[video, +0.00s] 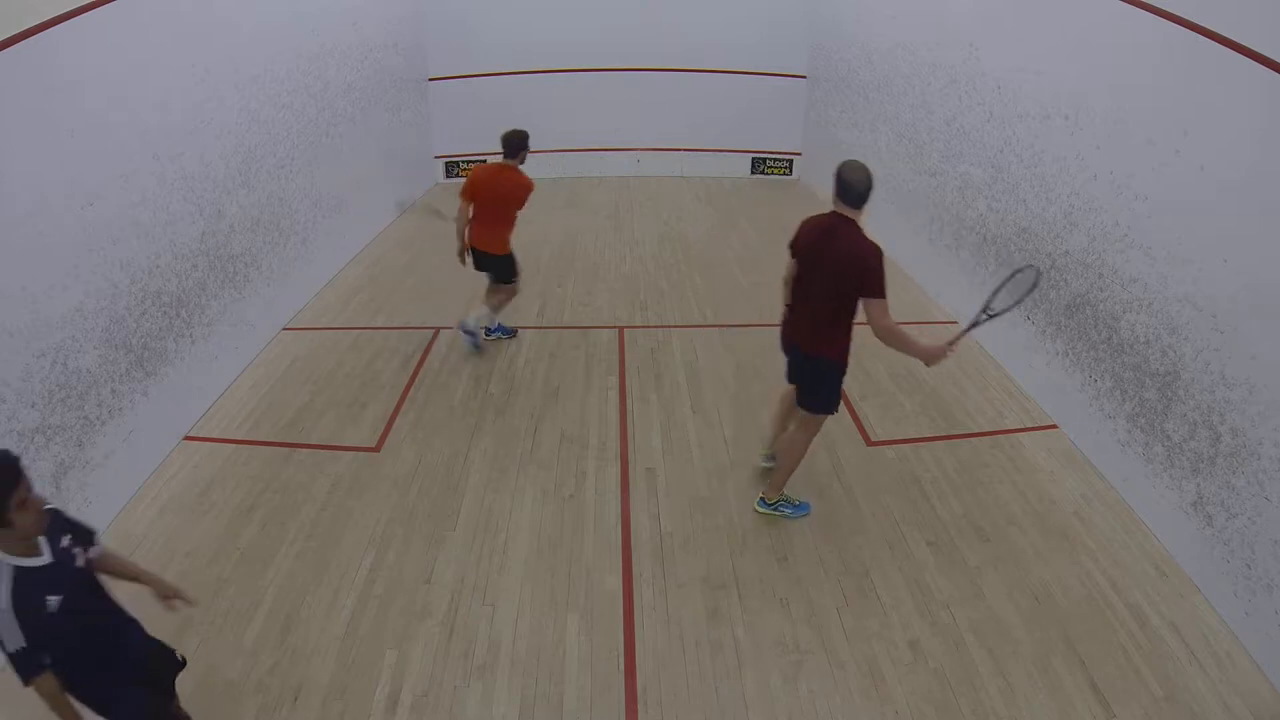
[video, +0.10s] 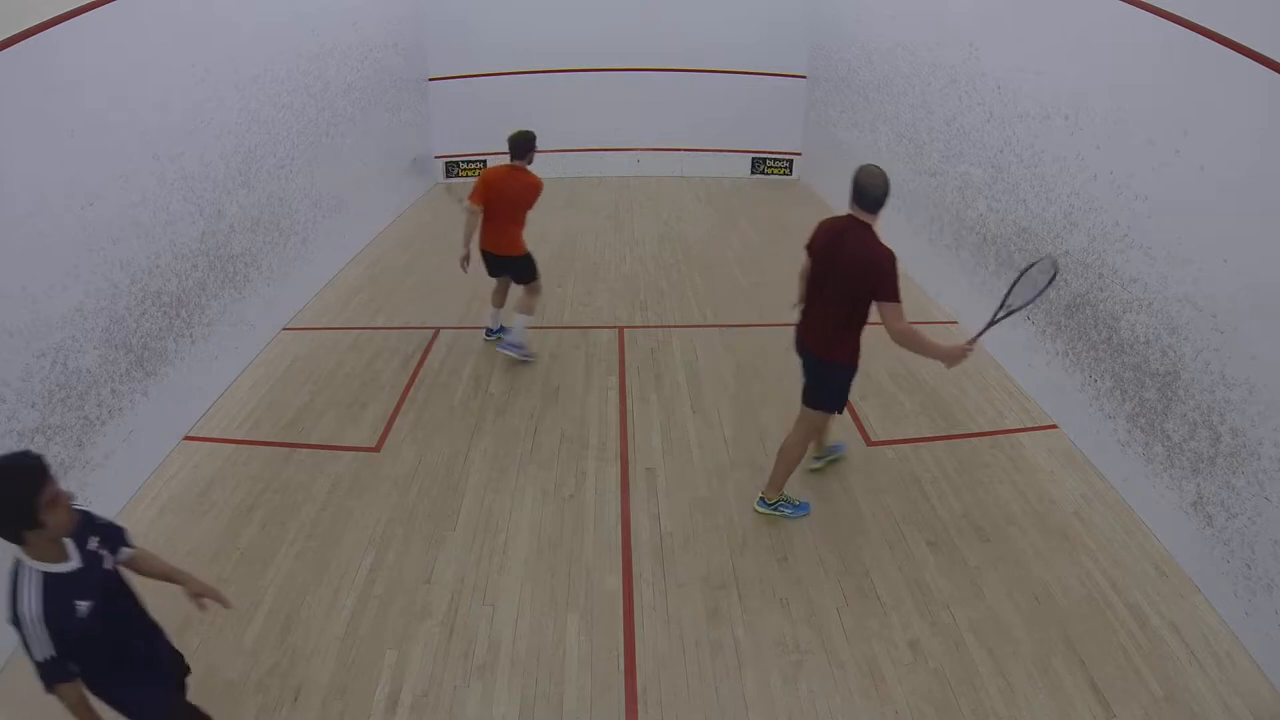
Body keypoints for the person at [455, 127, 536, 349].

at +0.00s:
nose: (527, 155)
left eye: (526, 151)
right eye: (526, 151)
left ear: (503, 150)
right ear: (523, 154)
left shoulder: (479, 172)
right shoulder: (524, 184)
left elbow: (463, 210)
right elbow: (513, 210)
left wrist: (461, 242)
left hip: (475, 245)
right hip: (499, 249)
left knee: (495, 282)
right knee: (510, 289)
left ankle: (491, 326)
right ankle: (473, 323)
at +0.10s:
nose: (535, 154)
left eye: (534, 150)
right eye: (534, 151)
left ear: (509, 151)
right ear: (531, 154)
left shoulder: (489, 176)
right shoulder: (534, 184)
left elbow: (473, 211)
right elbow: (519, 207)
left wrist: (466, 247)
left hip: (488, 247)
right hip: (514, 250)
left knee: (503, 280)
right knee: (533, 288)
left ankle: (493, 326)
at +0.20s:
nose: (544, 155)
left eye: (543, 151)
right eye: (543, 151)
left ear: (517, 154)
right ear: (538, 155)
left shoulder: (498, 180)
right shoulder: (546, 184)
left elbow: (484, 218)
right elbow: (538, 211)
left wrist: (475, 253)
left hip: (501, 251)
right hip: (528, 253)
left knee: (510, 283)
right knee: (551, 293)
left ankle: (495, 327)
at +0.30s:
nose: (556, 151)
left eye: (554, 147)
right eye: (553, 148)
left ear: (527, 155)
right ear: (546, 154)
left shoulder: (511, 181)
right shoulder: (560, 182)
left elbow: (495, 217)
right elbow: (561, 209)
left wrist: (486, 254)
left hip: (519, 252)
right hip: (546, 254)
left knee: (515, 286)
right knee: (566, 299)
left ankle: (501, 330)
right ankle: (563, 357)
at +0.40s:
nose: (566, 142)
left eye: (564, 138)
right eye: (563, 140)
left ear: (539, 148)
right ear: (553, 147)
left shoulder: (521, 175)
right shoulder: (570, 175)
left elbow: (505, 212)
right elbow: (579, 202)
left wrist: (502, 248)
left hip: (531, 252)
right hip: (560, 253)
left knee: (534, 289)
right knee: (569, 300)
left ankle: (522, 340)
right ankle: (564, 355)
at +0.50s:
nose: (576, 139)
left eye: (573, 135)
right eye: (570, 137)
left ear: (547, 146)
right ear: (558, 145)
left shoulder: (530, 172)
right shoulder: (577, 172)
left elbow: (514, 208)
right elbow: (594, 202)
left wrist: (524, 237)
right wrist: (567, 190)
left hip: (542, 250)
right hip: (571, 251)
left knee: (552, 294)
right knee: (586, 296)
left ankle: (552, 353)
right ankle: (580, 351)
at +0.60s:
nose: (586, 148)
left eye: (584, 143)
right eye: (581, 146)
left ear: (559, 154)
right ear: (567, 153)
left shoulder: (540, 180)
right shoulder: (586, 183)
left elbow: (524, 216)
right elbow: (607, 212)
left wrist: (545, 229)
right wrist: (581, 198)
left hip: (553, 261)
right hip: (585, 260)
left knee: (563, 306)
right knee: (607, 304)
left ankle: (561, 366)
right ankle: (606, 367)